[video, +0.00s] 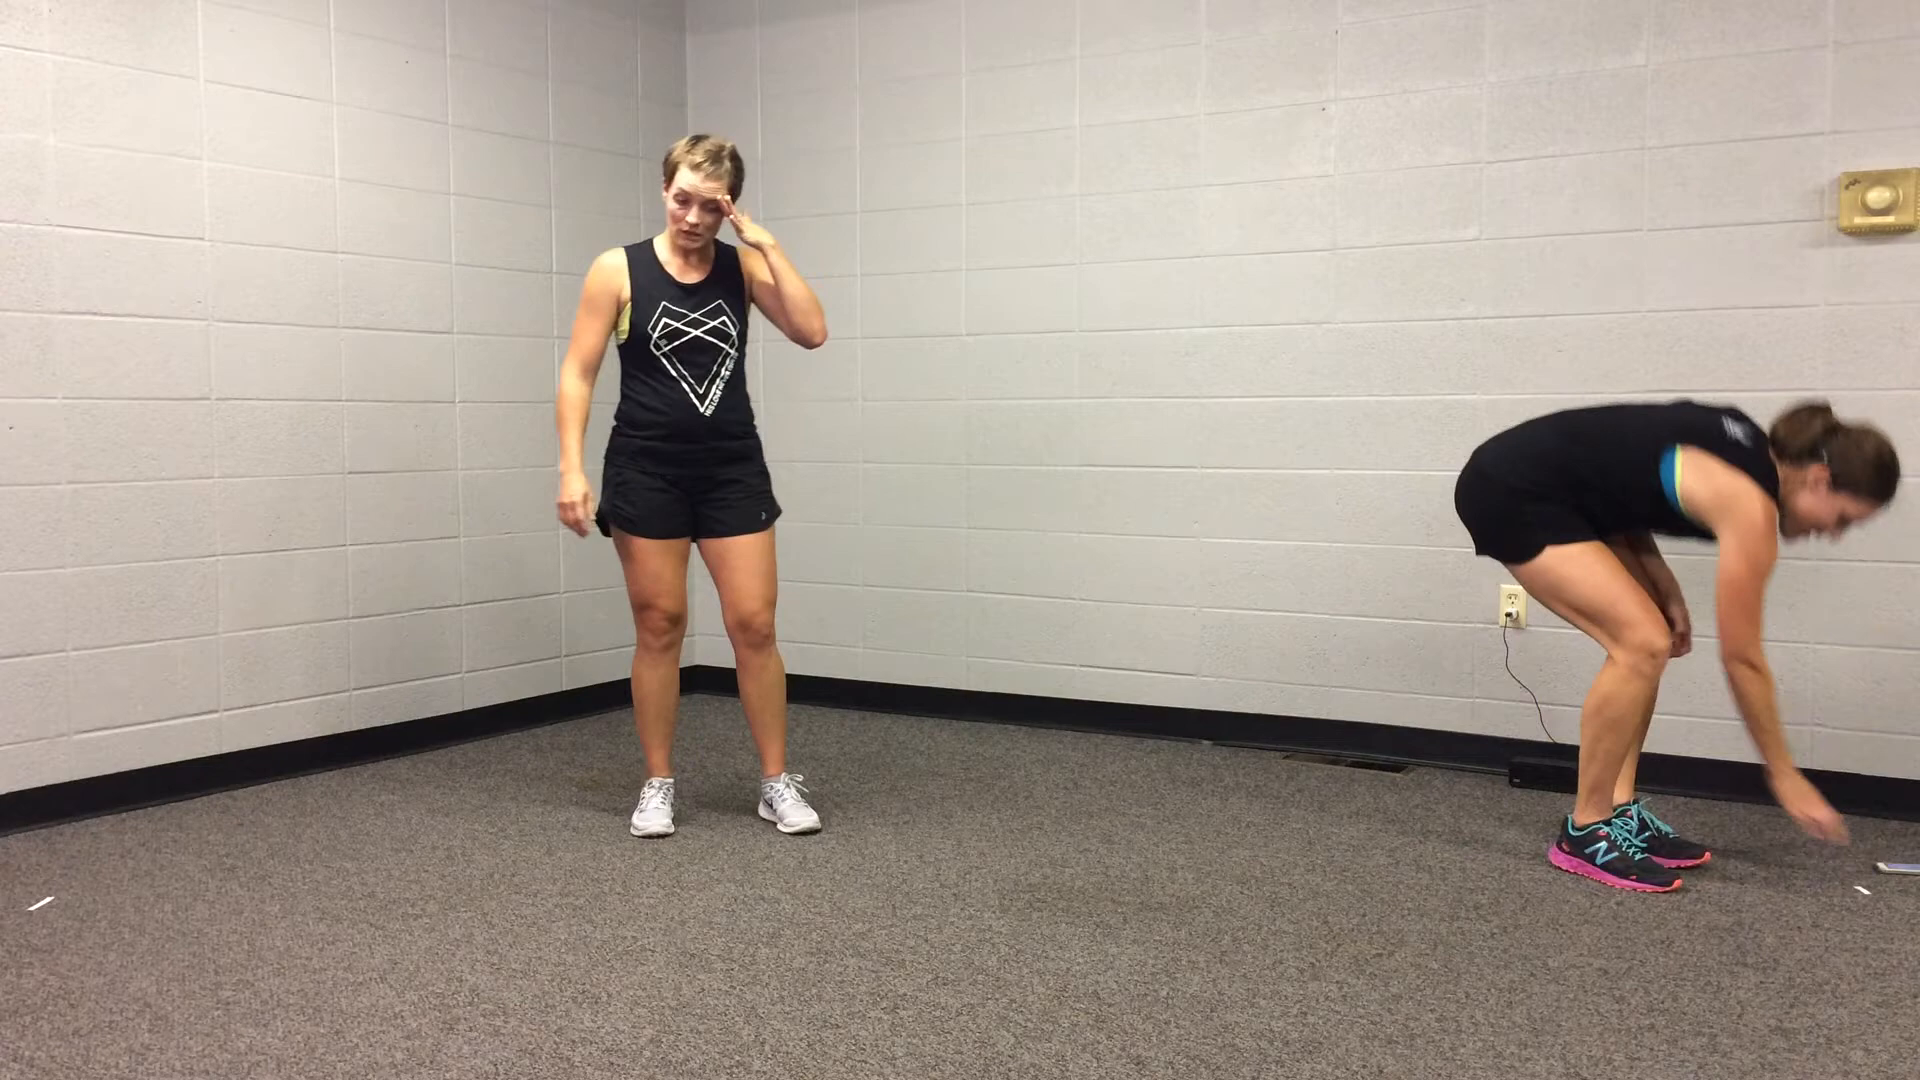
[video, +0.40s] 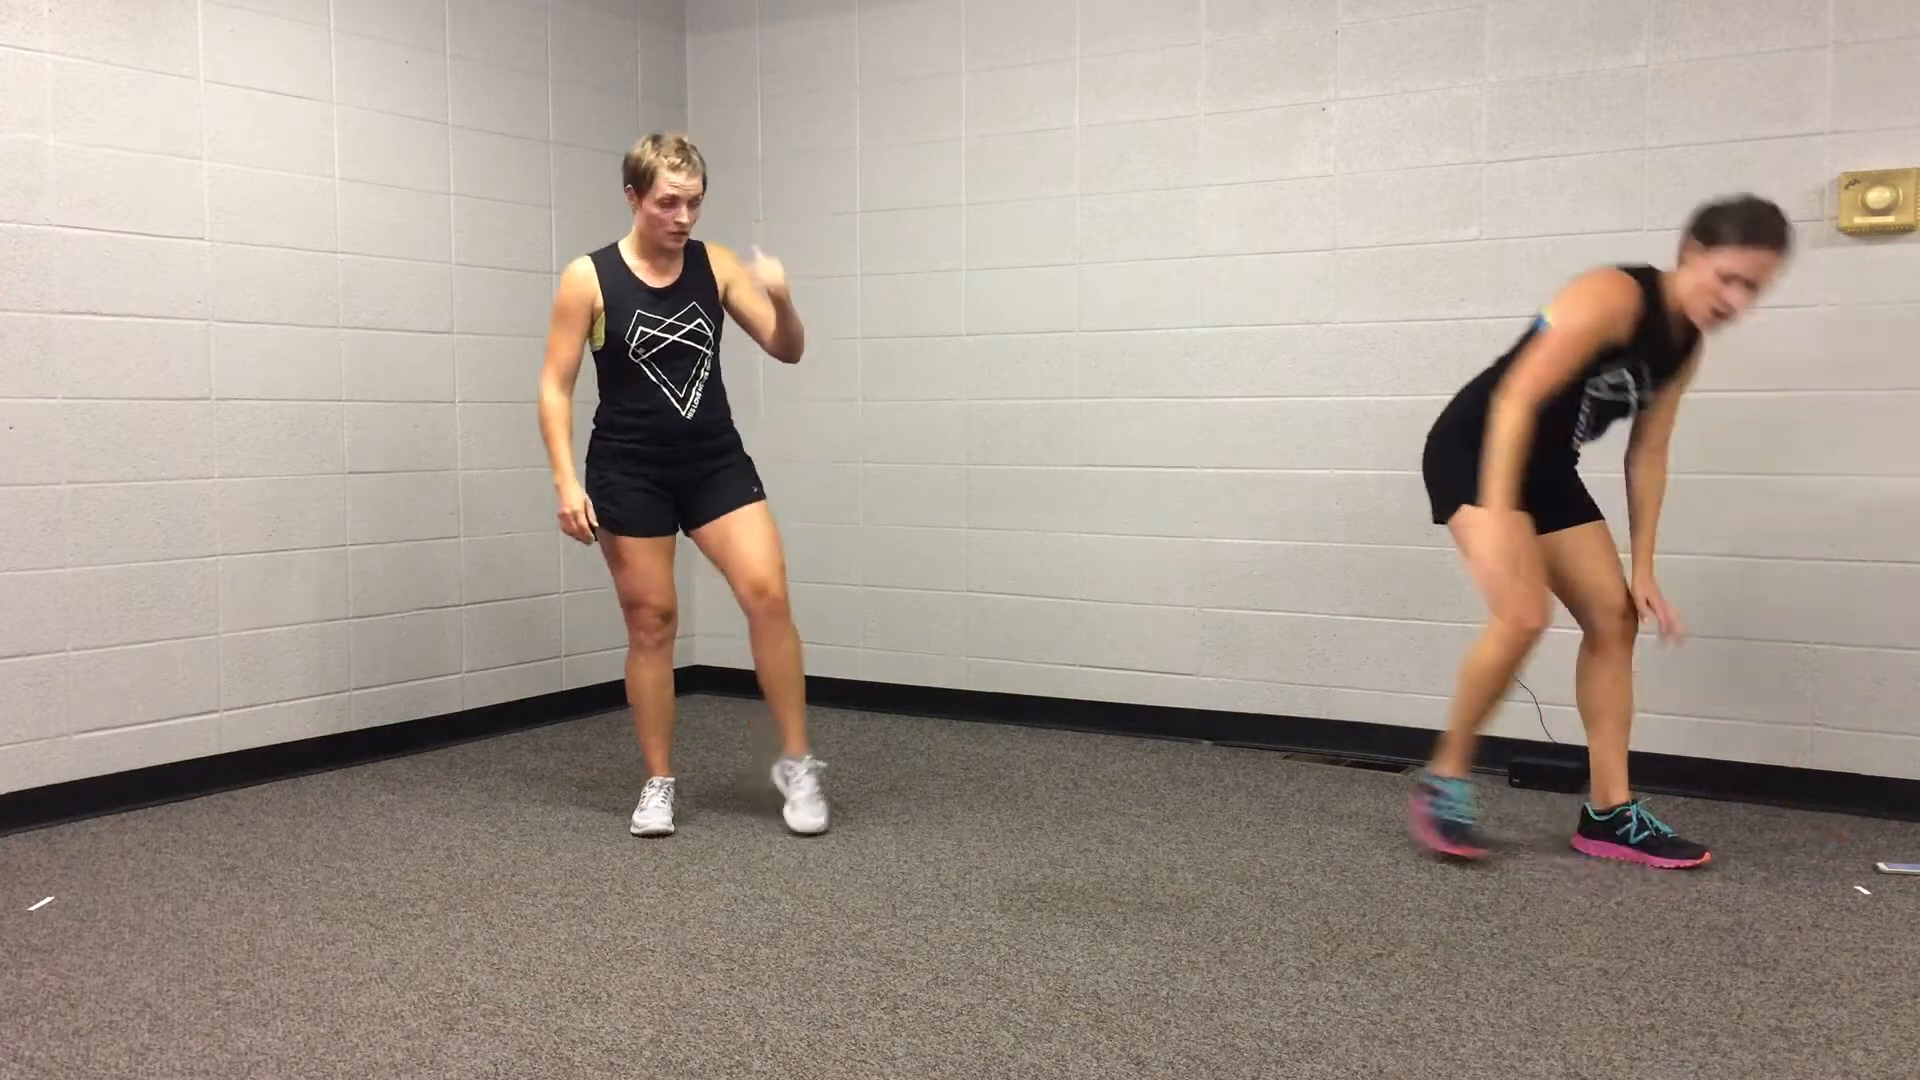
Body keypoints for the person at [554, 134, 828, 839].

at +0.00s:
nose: (694, 213)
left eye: (709, 203)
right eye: (685, 198)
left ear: (728, 209)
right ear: (666, 192)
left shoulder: (743, 269)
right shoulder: (617, 270)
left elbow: (811, 330)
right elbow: (578, 372)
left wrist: (765, 241)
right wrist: (571, 470)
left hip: (731, 469)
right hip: (646, 472)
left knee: (755, 624)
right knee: (659, 623)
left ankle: (776, 780)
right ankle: (658, 781)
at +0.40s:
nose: (681, 215)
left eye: (692, 201)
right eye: (668, 201)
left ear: (702, 200)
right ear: (633, 198)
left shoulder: (719, 267)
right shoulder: (588, 280)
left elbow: (787, 348)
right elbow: (555, 385)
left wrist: (781, 299)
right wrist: (566, 482)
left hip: (713, 460)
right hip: (628, 469)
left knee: (768, 592)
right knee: (651, 619)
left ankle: (798, 763)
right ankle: (659, 779)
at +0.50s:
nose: (683, 212)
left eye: (690, 198)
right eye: (668, 199)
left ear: (696, 198)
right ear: (630, 199)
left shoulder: (711, 266)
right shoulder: (585, 281)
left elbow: (762, 334)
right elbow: (557, 386)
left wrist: (793, 364)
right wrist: (567, 486)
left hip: (713, 455)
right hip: (629, 465)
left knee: (767, 590)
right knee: (650, 619)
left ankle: (829, 754)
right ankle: (659, 779)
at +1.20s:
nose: (715, 207)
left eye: (726, 193)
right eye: (700, 195)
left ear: (739, 201)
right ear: (674, 206)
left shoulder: (767, 279)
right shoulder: (633, 276)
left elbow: (838, 363)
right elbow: (566, 340)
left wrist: (765, 362)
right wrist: (518, 421)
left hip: (738, 472)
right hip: (654, 470)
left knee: (737, 619)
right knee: (652, 615)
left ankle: (743, 764)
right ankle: (645, 774)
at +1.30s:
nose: (712, 207)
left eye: (723, 193)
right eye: (697, 195)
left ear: (739, 204)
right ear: (675, 207)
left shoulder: (764, 286)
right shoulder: (635, 272)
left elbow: (820, 384)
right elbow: (557, 323)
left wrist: (772, 321)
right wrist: (489, 387)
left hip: (734, 470)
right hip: (652, 468)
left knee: (735, 619)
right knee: (654, 617)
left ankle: (743, 765)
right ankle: (644, 776)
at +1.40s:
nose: (708, 210)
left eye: (720, 195)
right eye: (693, 198)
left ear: (739, 205)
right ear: (673, 209)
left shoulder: (761, 285)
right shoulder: (640, 260)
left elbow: (802, 375)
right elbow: (549, 274)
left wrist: (782, 278)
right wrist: (465, 311)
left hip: (730, 469)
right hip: (646, 467)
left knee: (733, 620)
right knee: (650, 615)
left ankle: (743, 764)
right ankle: (643, 775)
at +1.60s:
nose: (707, 220)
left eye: (719, 206)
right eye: (692, 209)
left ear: (739, 213)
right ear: (674, 216)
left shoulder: (762, 290)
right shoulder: (649, 254)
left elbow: (776, 398)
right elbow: (546, 218)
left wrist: (724, 319)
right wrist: (447, 254)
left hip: (717, 470)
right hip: (635, 467)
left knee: (725, 619)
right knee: (641, 616)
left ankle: (744, 764)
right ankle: (641, 774)